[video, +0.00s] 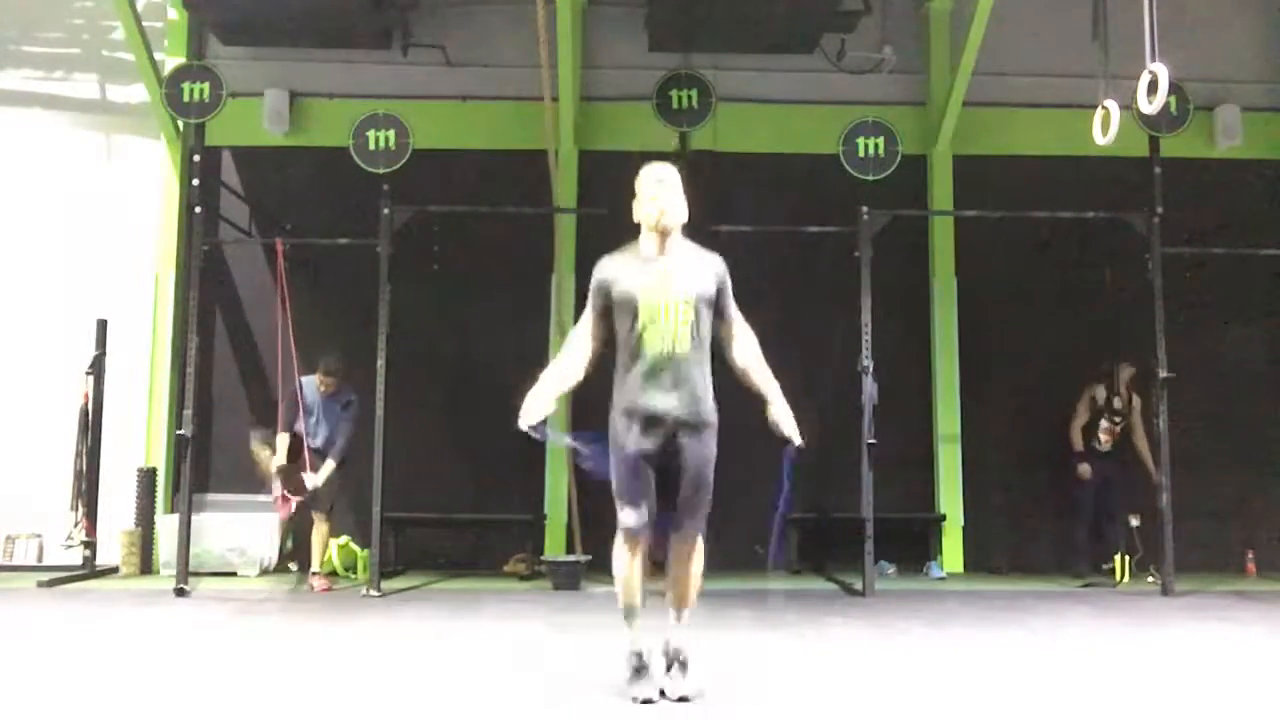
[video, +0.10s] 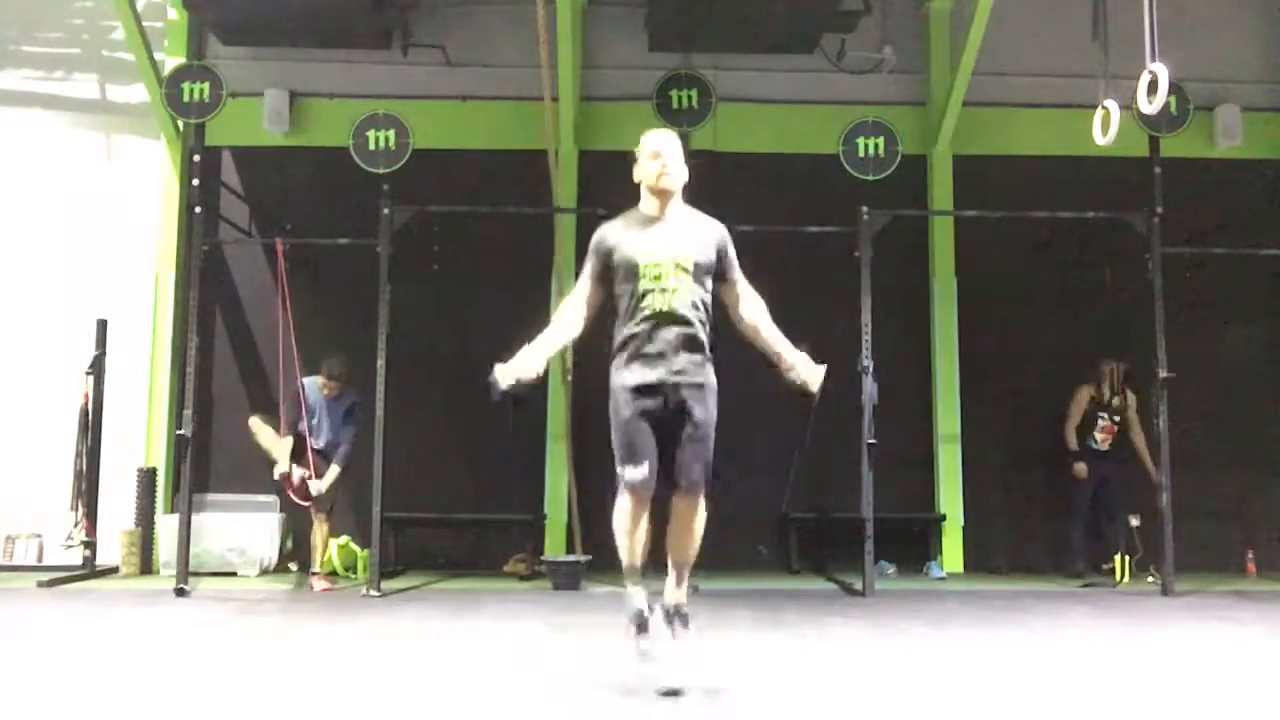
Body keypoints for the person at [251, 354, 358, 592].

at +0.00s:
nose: (322, 388)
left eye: (328, 385)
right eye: (320, 382)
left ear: (340, 381)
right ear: (316, 375)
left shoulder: (349, 401)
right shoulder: (301, 386)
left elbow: (342, 441)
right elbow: (285, 423)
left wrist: (321, 475)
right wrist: (280, 460)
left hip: (328, 457)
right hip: (298, 449)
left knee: (321, 514)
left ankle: (316, 571)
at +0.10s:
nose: (327, 391)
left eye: (333, 388)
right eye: (325, 386)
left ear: (344, 384)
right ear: (320, 377)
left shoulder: (351, 404)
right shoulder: (304, 387)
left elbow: (346, 445)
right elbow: (289, 425)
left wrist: (325, 483)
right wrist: (285, 462)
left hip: (327, 454)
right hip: (300, 445)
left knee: (321, 514)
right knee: (255, 422)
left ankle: (316, 573)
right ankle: (291, 470)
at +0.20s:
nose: (328, 390)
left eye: (334, 387)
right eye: (325, 384)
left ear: (345, 383)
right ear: (321, 377)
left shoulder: (353, 403)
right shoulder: (307, 387)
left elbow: (347, 445)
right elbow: (289, 425)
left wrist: (324, 481)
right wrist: (284, 463)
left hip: (327, 455)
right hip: (300, 446)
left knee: (321, 513)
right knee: (256, 423)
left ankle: (316, 572)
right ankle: (291, 472)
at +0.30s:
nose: (330, 389)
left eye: (335, 385)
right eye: (327, 383)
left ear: (345, 382)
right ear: (322, 376)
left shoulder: (353, 398)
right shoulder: (307, 386)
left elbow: (345, 438)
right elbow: (289, 417)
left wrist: (317, 471)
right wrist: (278, 448)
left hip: (329, 454)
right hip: (300, 448)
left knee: (324, 515)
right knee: (263, 434)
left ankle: (316, 574)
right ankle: (292, 490)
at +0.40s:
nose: (329, 389)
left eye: (335, 385)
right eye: (326, 383)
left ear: (345, 382)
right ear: (322, 376)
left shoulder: (353, 400)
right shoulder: (308, 387)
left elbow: (339, 440)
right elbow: (285, 418)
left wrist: (312, 471)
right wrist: (271, 454)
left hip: (329, 454)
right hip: (301, 446)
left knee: (323, 514)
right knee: (270, 444)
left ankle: (316, 573)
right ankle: (292, 497)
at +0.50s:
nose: (325, 394)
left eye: (331, 391)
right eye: (323, 388)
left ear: (342, 387)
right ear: (319, 382)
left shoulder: (350, 400)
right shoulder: (305, 390)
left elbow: (339, 440)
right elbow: (283, 420)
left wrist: (314, 471)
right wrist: (271, 454)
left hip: (328, 455)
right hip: (299, 445)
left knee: (322, 514)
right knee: (281, 446)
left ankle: (316, 572)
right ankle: (293, 496)